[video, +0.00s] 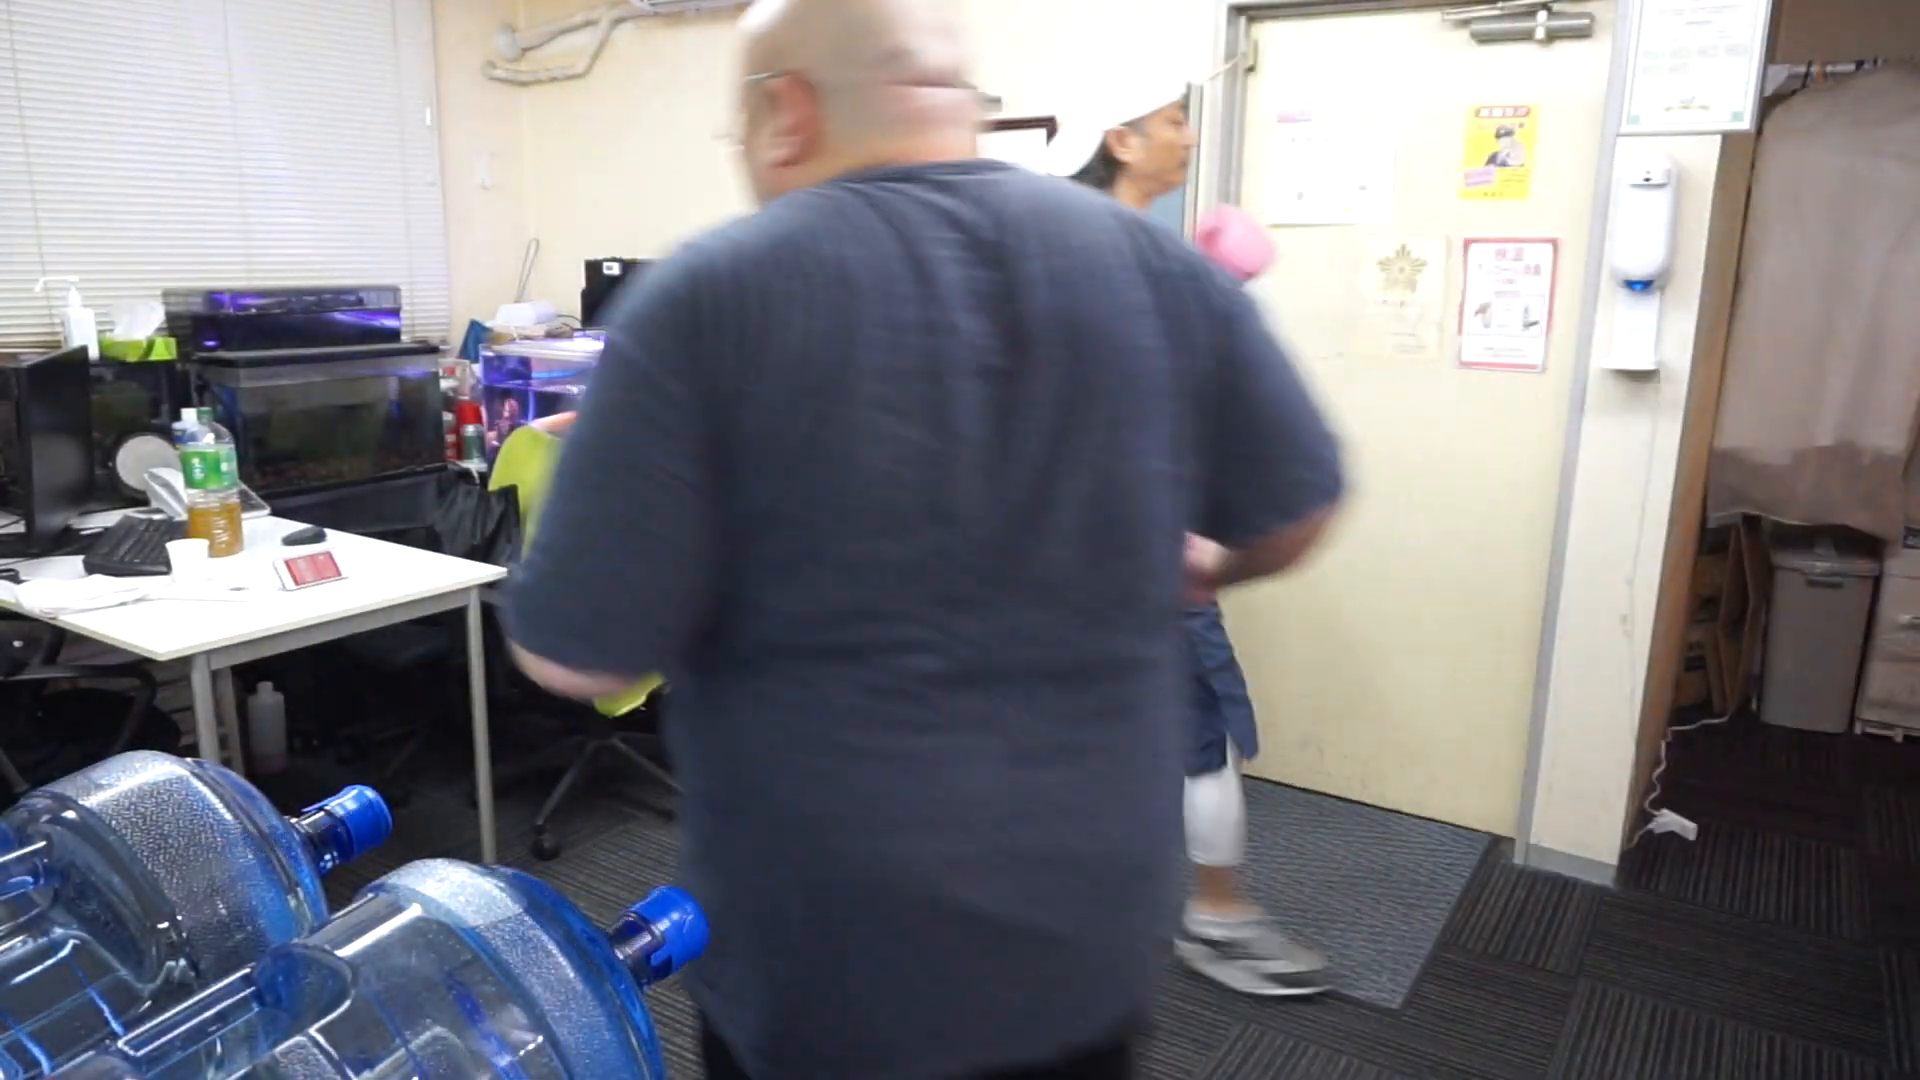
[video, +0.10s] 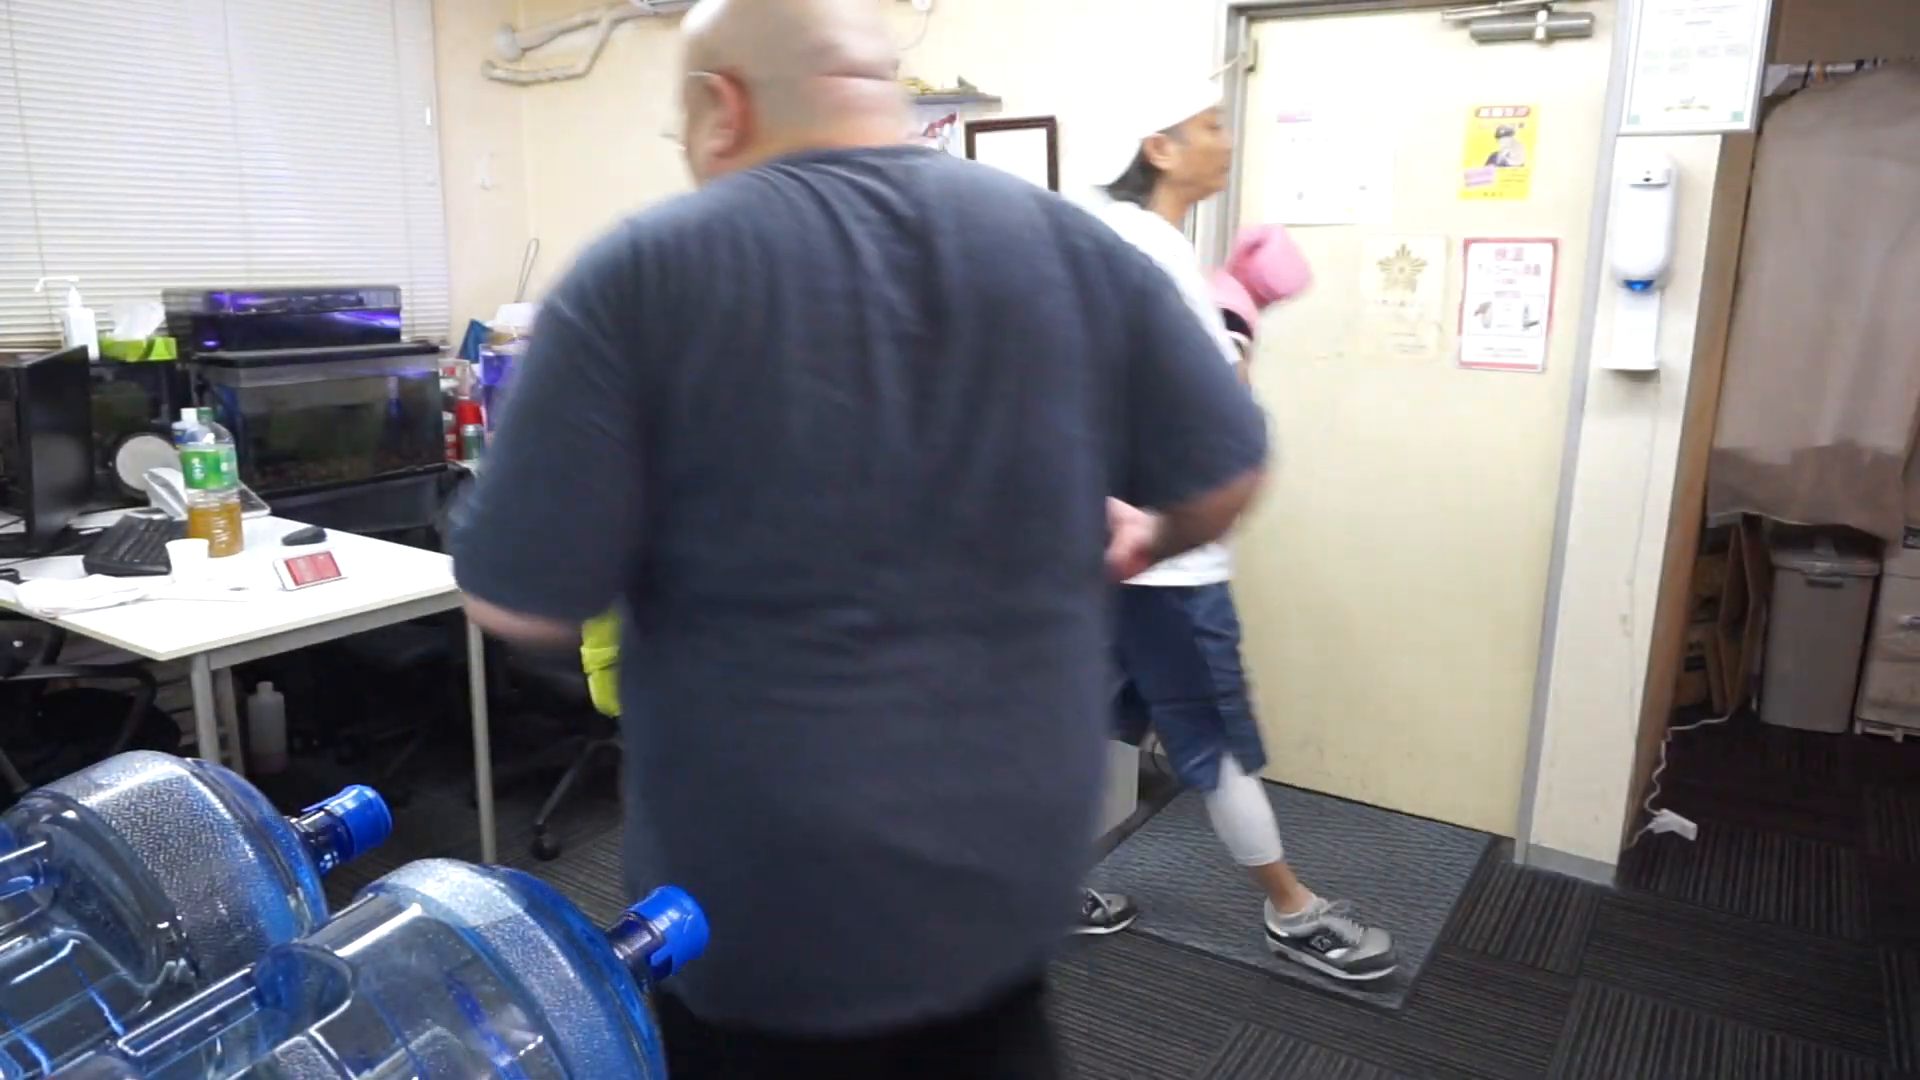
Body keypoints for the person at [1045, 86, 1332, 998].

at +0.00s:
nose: (1189, 136)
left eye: (1185, 120)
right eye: (1172, 121)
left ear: (1129, 145)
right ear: (1122, 140)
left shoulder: (1132, 240)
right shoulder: (1116, 243)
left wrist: (1210, 283)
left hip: (1140, 522)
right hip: (1145, 530)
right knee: (1208, 703)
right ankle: (1217, 908)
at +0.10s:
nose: (1227, 144)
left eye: (1222, 129)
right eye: (1211, 130)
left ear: (1162, 154)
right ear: (1160, 150)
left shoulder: (1135, 239)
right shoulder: (1141, 256)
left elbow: (1175, 369)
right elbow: (1209, 418)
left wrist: (1234, 313)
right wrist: (1240, 331)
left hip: (1126, 552)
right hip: (1171, 563)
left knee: (1099, 728)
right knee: (1219, 742)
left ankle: (1056, 880)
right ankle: (1291, 908)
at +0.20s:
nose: (1266, 144)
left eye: (1261, 127)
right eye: (1250, 129)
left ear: (1204, 154)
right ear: (1202, 152)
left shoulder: (1160, 244)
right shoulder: (1191, 255)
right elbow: (1259, 406)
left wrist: (1265, 331)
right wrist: (1286, 334)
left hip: (1161, 541)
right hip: (1210, 553)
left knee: (1116, 713)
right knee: (1260, 739)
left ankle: (1054, 883)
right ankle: (1300, 909)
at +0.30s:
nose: (1312, 137)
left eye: (1303, 120)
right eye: (1293, 124)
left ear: (1243, 155)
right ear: (1244, 155)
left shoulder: (1192, 244)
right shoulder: (1244, 256)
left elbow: (1215, 375)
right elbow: (1296, 410)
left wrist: (1295, 316)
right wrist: (1332, 345)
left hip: (1190, 536)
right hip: (1255, 547)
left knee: (1174, 700)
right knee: (1288, 735)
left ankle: (1068, 870)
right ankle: (1305, 912)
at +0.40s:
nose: (1352, 129)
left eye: (1342, 114)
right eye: (1333, 118)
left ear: (1283, 152)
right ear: (1285, 150)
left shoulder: (1238, 239)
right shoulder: (1288, 253)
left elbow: (1265, 371)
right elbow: (1337, 403)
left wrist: (1338, 306)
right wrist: (1380, 338)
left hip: (1241, 531)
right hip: (1297, 541)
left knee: (1258, 696)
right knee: (1315, 732)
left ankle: (1124, 830)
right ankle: (1304, 911)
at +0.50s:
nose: (1388, 126)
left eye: (1379, 111)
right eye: (1370, 117)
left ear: (1325, 149)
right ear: (1324, 148)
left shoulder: (1280, 237)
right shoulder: (1324, 252)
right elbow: (1388, 401)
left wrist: (1379, 302)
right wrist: (1423, 338)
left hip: (1280, 526)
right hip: (1321, 538)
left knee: (1321, 698)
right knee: (1329, 728)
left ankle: (1198, 809)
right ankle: (1303, 913)